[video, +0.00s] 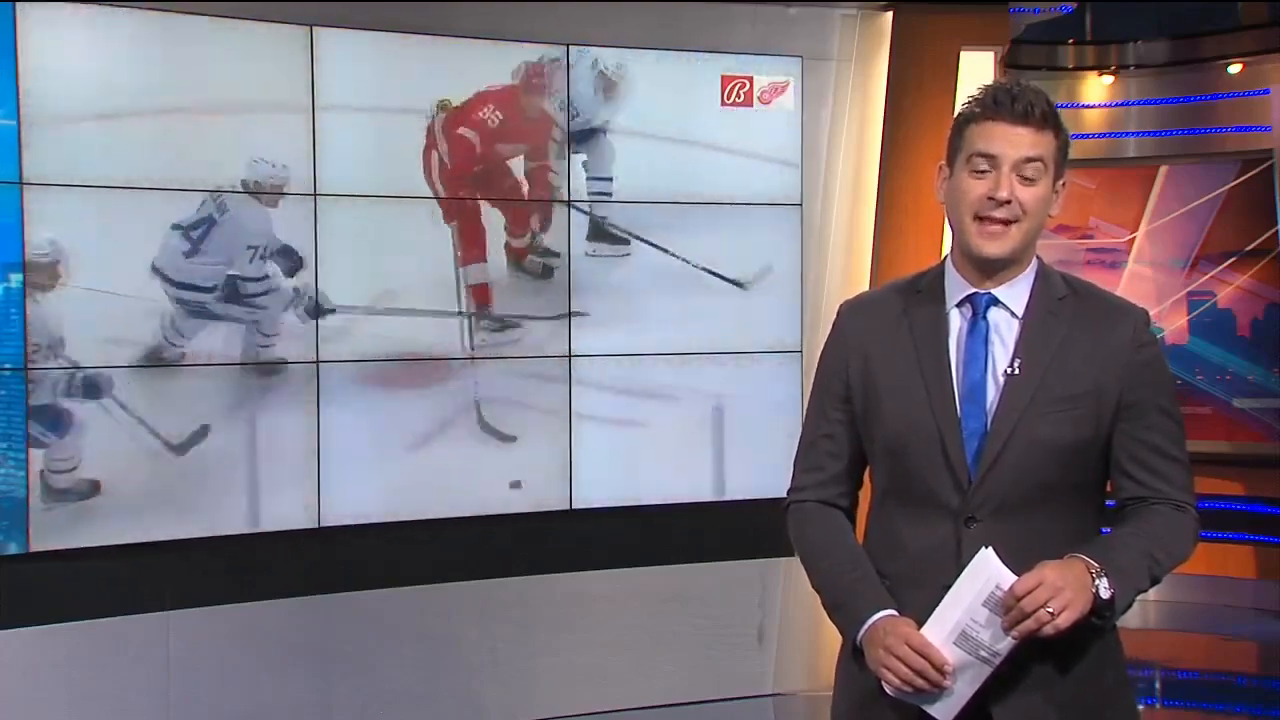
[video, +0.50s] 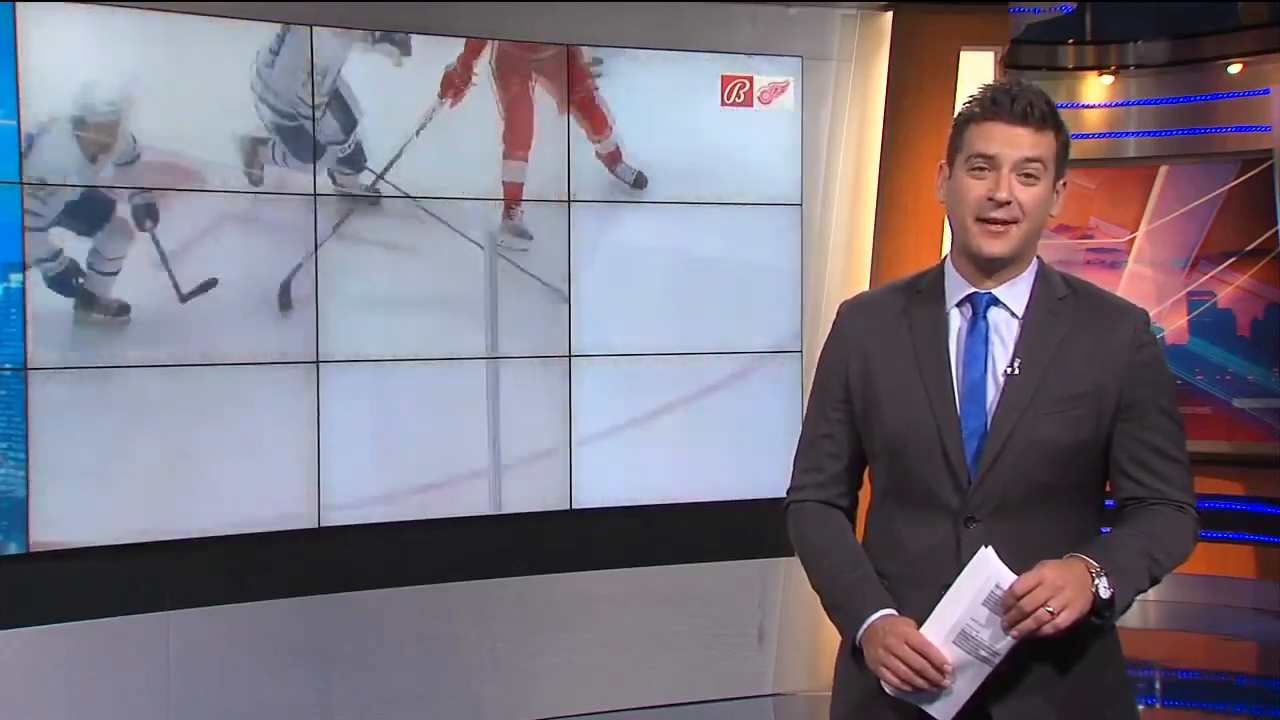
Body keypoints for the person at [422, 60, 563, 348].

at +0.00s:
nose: (545, 102)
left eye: (548, 95)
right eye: (540, 94)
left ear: (548, 94)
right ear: (524, 92)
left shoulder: (543, 121)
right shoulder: (494, 104)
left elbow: (538, 163)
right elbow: (463, 140)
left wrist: (543, 204)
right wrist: (459, 191)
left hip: (488, 159)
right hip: (447, 154)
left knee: (519, 207)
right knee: (470, 224)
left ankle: (518, 256)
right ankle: (481, 311)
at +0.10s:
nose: (523, 96)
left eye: (528, 89)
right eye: (518, 89)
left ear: (535, 84)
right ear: (506, 82)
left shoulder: (534, 102)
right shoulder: (478, 101)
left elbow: (546, 147)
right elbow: (435, 138)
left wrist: (560, 184)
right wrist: (429, 186)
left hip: (487, 162)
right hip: (449, 165)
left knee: (520, 212)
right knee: (472, 225)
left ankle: (518, 261)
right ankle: (465, 314)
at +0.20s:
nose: (528, 80)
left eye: (534, 73)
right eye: (523, 73)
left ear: (542, 72)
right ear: (513, 68)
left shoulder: (544, 93)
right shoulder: (485, 91)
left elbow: (560, 125)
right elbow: (436, 124)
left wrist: (581, 148)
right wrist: (421, 175)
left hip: (498, 156)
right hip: (458, 160)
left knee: (531, 213)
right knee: (481, 224)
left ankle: (529, 257)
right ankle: (469, 314)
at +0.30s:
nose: (543, 62)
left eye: (550, 54)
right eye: (538, 53)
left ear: (560, 54)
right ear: (528, 50)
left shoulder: (562, 66)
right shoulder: (501, 73)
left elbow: (575, 80)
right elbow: (450, 105)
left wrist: (585, 98)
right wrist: (427, 156)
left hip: (515, 139)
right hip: (473, 145)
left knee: (547, 199)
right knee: (489, 216)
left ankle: (560, 242)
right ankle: (480, 302)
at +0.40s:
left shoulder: (560, 51)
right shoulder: (500, 61)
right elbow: (467, 71)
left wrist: (586, 51)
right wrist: (446, 116)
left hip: (535, 101)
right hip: (492, 104)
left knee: (569, 157)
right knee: (502, 177)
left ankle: (593, 205)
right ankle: (496, 260)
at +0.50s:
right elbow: (481, 26)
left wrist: (583, 66)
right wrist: (462, 69)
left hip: (555, 48)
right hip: (511, 50)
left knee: (591, 109)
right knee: (519, 128)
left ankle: (616, 164)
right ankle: (511, 216)